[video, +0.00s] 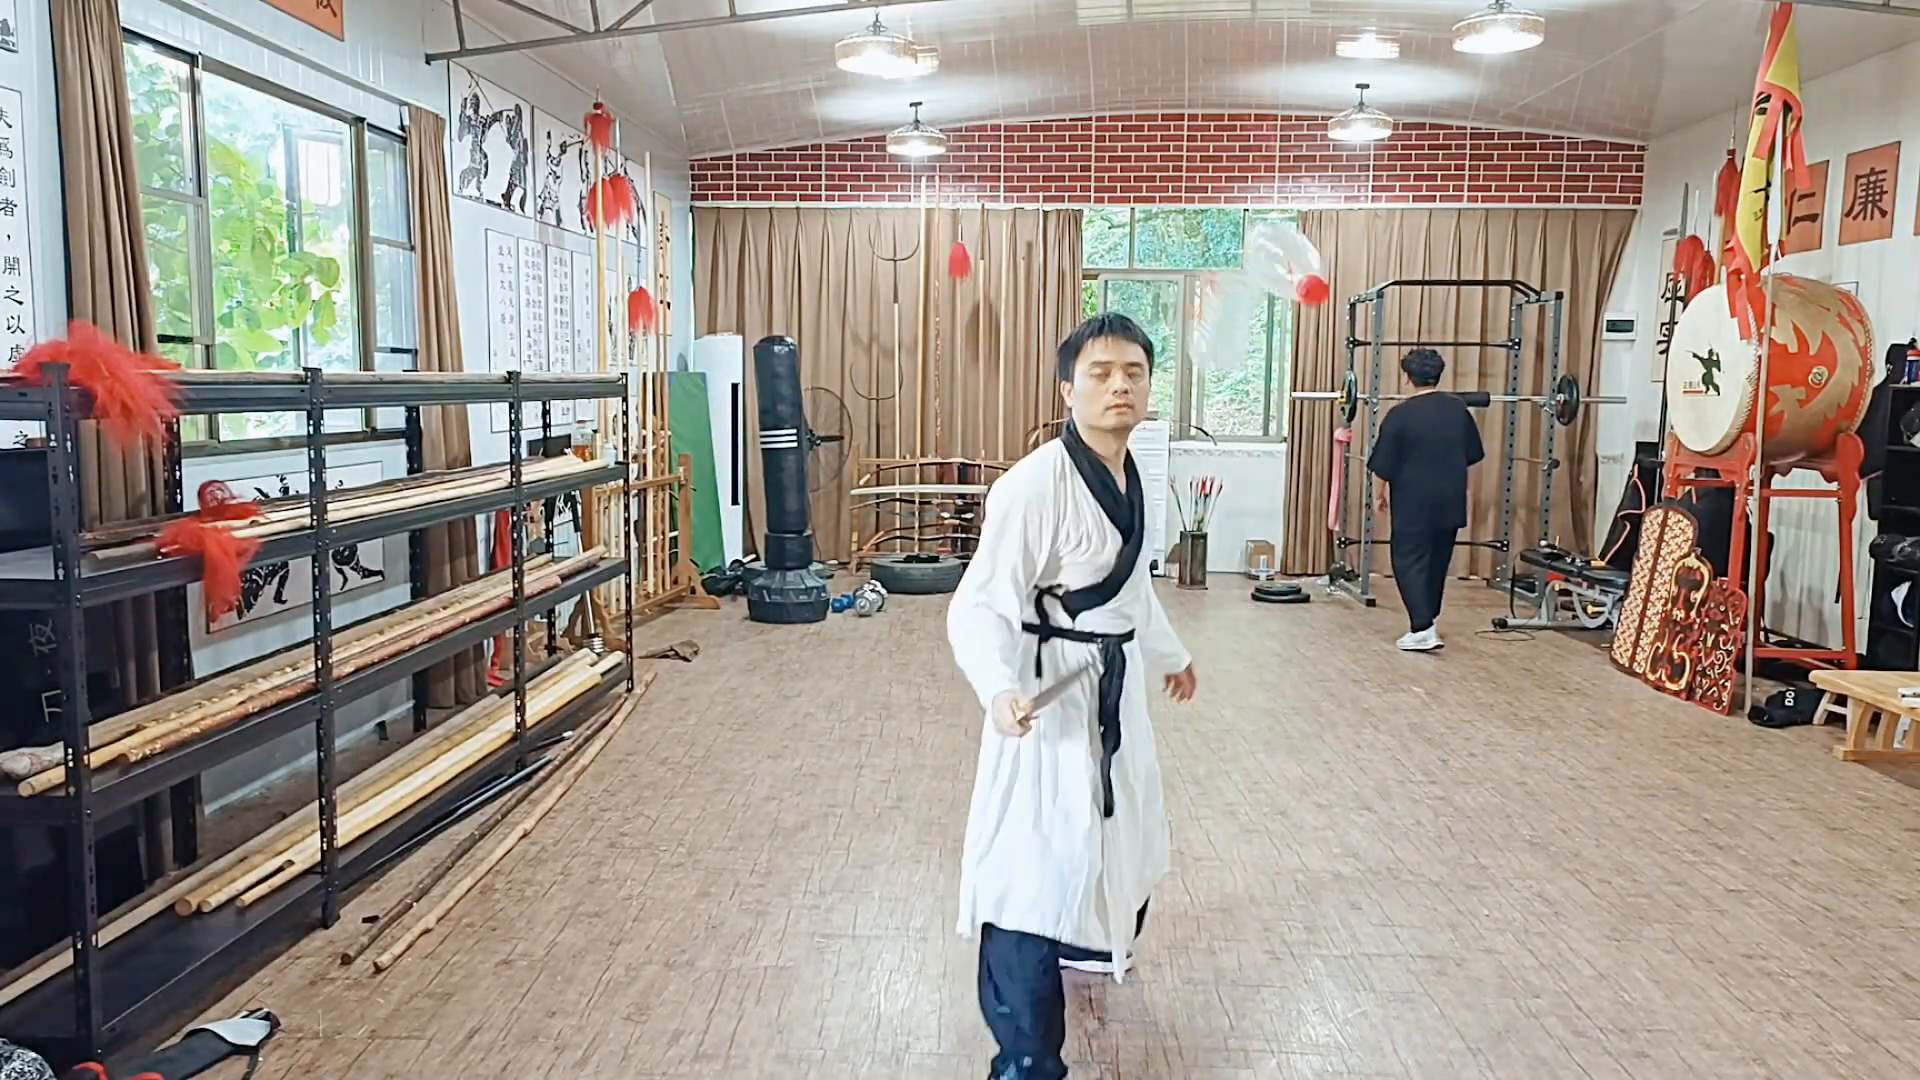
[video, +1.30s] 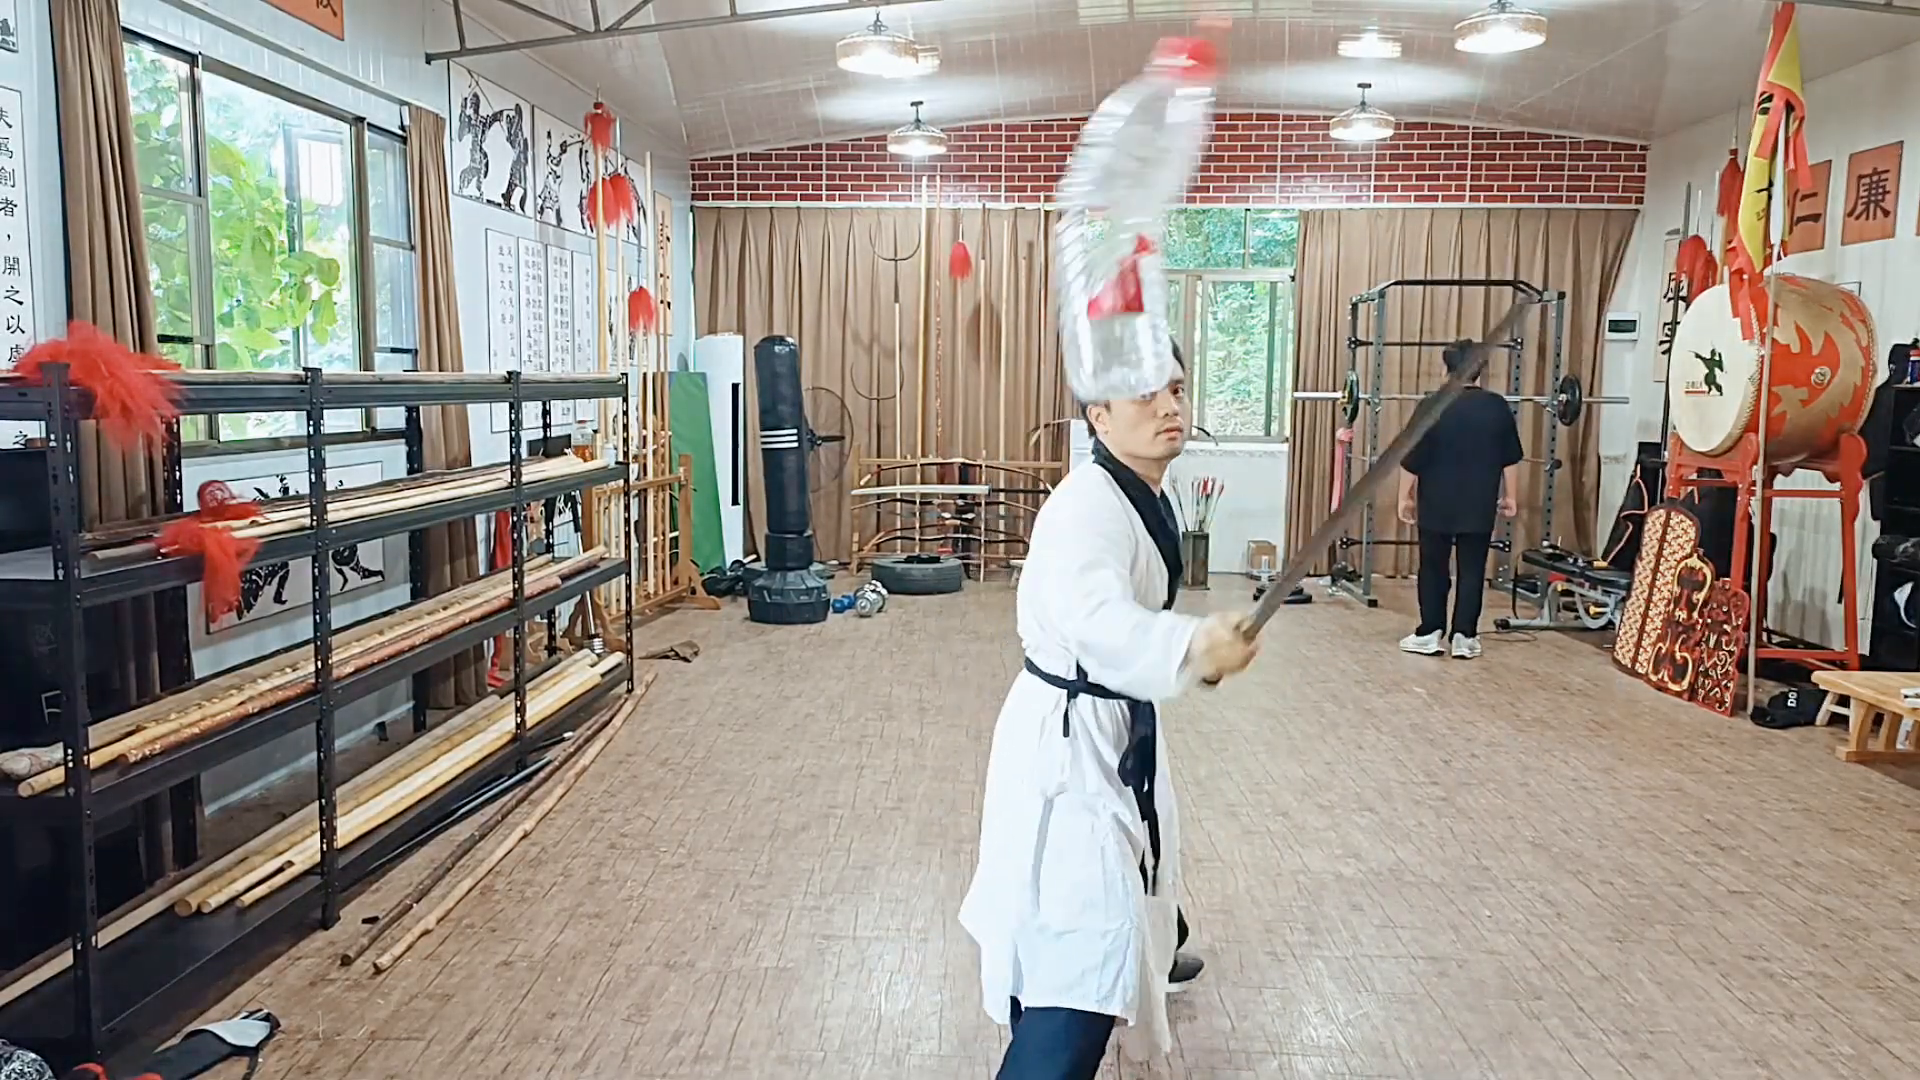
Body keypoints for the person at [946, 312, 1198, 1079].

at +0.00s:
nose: (1119, 386)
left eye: (1133, 372)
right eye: (1100, 372)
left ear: (1149, 388)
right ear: (1067, 387)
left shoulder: (1136, 471)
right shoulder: (1032, 486)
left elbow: (1131, 578)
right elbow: (979, 606)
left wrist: (1168, 650)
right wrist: (1003, 684)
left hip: (1118, 682)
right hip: (1048, 688)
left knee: (1127, 827)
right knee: (1032, 863)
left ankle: (1083, 945)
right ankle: (1027, 1061)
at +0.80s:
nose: (1131, 408)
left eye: (1142, 391)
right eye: (1108, 392)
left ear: (1155, 403)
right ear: (1064, 409)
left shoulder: (1147, 487)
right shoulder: (1029, 514)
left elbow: (1180, 567)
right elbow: (982, 653)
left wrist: (1233, 617)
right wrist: (1048, 644)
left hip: (1125, 718)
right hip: (1048, 733)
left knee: (1101, 890)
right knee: (1057, 966)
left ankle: (1059, 1028)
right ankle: (1014, 1061)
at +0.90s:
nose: (1144, 392)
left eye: (1153, 375)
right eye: (1119, 377)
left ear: (1162, 387)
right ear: (1072, 399)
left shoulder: (1135, 485)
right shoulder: (1048, 493)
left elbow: (1147, 574)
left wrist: (1182, 609)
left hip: (1117, 718)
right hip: (1059, 730)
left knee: (1093, 938)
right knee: (1070, 964)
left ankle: (1050, 1060)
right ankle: (1027, 1067)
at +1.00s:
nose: (1142, 403)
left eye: (1149, 384)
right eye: (1118, 386)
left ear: (1158, 392)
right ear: (1065, 405)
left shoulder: (1112, 483)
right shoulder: (1064, 490)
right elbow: (1146, 510)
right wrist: (1213, 507)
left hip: (1105, 713)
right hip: (1053, 728)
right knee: (1068, 976)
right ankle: (1030, 1065)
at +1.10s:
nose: (1148, 403)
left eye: (1153, 384)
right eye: (1122, 390)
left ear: (1163, 391)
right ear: (1071, 417)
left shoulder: (1126, 479)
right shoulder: (1071, 496)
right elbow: (1156, 492)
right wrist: (1246, 453)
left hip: (1117, 709)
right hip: (1054, 730)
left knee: (1141, 844)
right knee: (1071, 967)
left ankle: (1128, 946)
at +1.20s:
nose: (1157, 404)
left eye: (1161, 386)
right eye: (1132, 391)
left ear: (1171, 396)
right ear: (1082, 416)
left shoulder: (1138, 488)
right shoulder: (1073, 504)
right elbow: (1132, 552)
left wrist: (1250, 545)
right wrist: (1233, 536)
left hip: (1122, 710)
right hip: (1060, 732)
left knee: (1145, 827)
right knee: (1082, 961)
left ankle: (1167, 936)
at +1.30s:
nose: (1169, 411)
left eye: (1176, 392)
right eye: (1144, 398)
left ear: (1185, 399)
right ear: (1098, 414)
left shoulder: (1143, 496)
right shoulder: (1085, 507)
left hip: (1119, 729)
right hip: (1069, 744)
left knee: (1138, 846)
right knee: (1082, 975)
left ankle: (1145, 952)